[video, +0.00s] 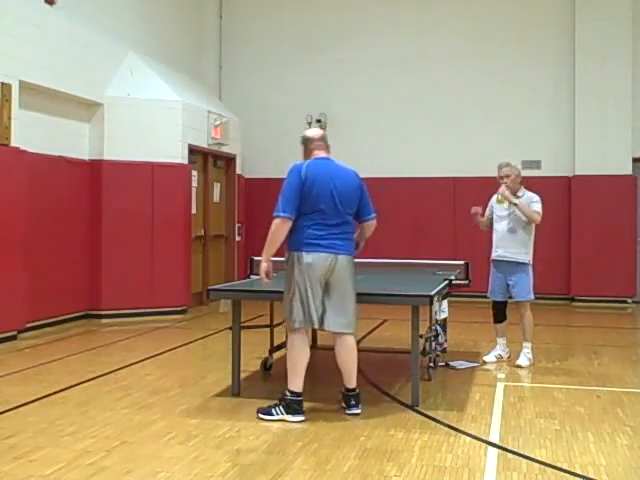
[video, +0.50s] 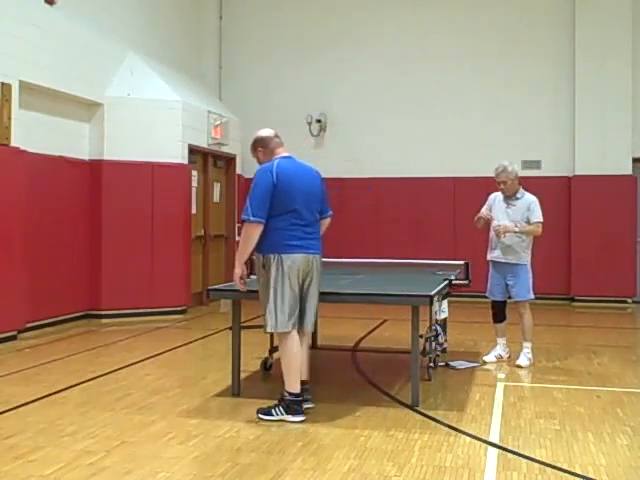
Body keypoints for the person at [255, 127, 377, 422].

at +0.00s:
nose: (302, 152)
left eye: (302, 148)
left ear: (304, 150)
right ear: (329, 148)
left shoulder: (300, 171)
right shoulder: (351, 175)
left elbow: (284, 218)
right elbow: (369, 222)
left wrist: (265, 257)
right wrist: (352, 245)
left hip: (307, 259)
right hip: (343, 260)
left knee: (299, 328)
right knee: (344, 330)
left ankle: (293, 402)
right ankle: (352, 398)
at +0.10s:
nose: (290, 158)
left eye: (288, 154)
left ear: (291, 152)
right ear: (315, 146)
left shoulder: (292, 172)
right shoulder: (342, 174)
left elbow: (277, 220)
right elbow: (360, 220)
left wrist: (259, 259)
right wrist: (351, 248)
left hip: (300, 258)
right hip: (334, 259)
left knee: (295, 329)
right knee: (337, 329)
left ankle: (292, 403)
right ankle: (351, 397)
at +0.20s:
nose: (277, 163)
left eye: (276, 159)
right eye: (276, 160)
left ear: (280, 155)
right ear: (302, 146)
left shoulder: (284, 173)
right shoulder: (333, 173)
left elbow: (270, 223)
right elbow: (351, 217)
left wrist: (252, 263)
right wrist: (339, 253)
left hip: (293, 260)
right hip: (327, 261)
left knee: (291, 329)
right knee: (330, 328)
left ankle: (292, 403)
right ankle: (348, 397)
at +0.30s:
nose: (269, 163)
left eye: (268, 159)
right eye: (268, 159)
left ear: (272, 154)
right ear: (293, 145)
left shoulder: (277, 173)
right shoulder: (326, 172)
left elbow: (265, 223)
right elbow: (342, 217)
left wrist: (247, 264)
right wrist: (327, 250)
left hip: (289, 259)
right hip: (320, 259)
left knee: (288, 329)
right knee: (321, 328)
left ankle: (292, 403)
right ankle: (338, 395)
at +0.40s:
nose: (262, 162)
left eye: (261, 158)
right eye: (261, 158)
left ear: (266, 151)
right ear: (287, 145)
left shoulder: (271, 172)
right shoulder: (319, 172)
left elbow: (259, 222)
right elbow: (334, 216)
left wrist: (243, 262)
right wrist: (318, 244)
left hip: (286, 259)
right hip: (317, 258)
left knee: (287, 331)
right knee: (311, 328)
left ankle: (292, 402)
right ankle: (322, 393)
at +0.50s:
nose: (257, 162)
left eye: (256, 158)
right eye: (256, 158)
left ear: (260, 151)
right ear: (281, 145)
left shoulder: (267, 172)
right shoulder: (312, 172)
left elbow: (255, 222)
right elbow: (325, 216)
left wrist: (240, 261)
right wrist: (307, 241)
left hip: (282, 258)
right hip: (311, 257)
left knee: (286, 331)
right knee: (301, 329)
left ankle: (292, 402)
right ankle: (302, 389)